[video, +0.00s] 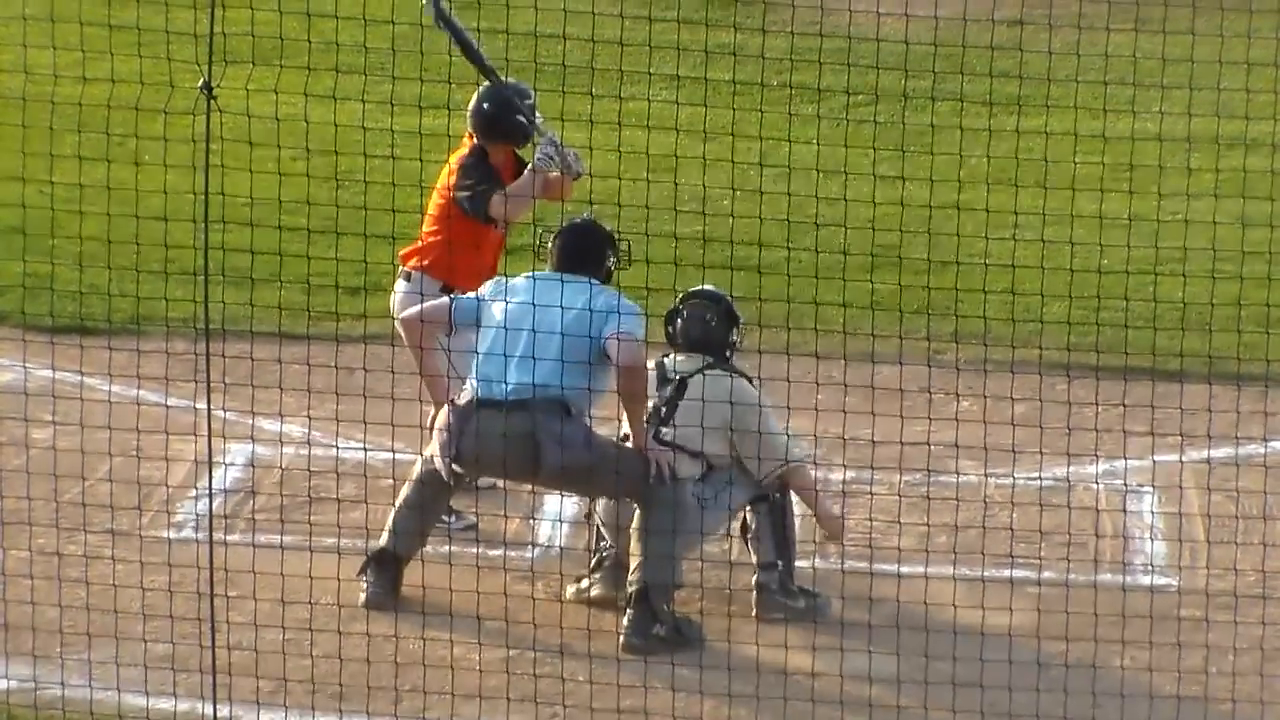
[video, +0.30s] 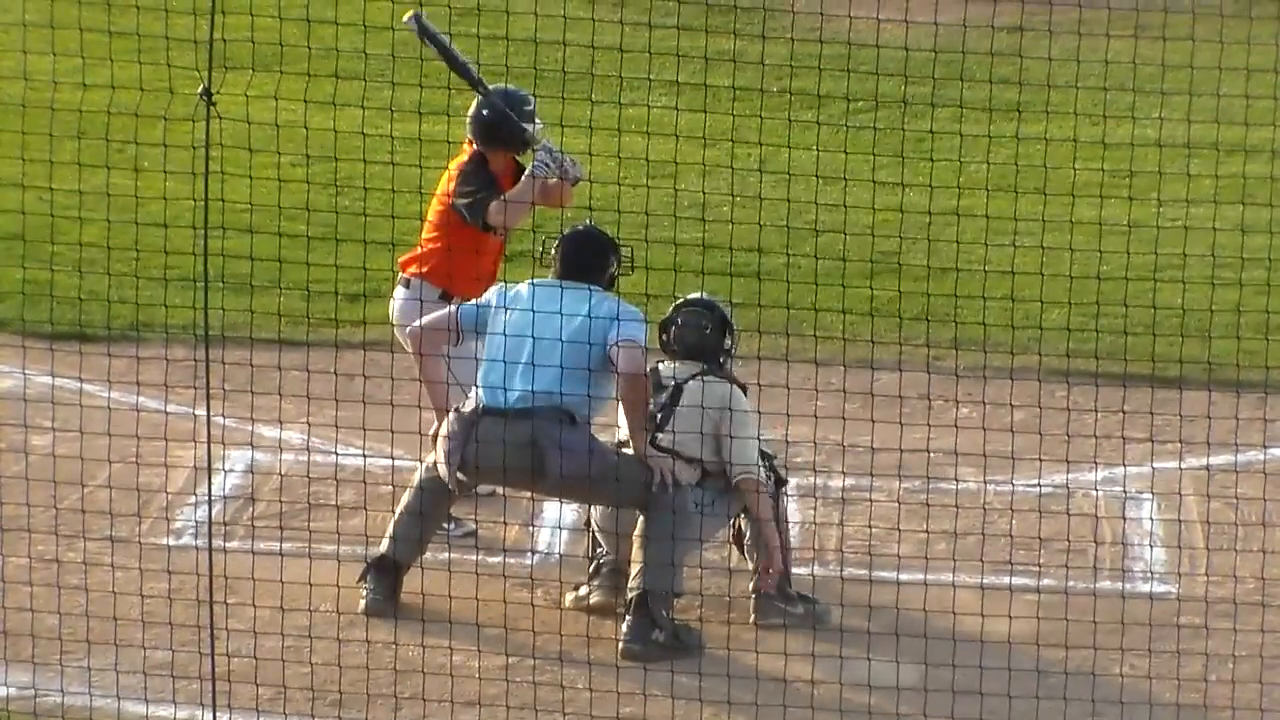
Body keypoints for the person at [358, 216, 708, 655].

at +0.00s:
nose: (610, 268)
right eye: (608, 260)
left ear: (552, 259)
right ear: (604, 267)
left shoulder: (504, 288)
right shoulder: (615, 304)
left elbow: (413, 321)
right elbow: (627, 359)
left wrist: (440, 393)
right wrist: (638, 433)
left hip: (470, 433)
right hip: (551, 439)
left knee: (438, 468)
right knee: (662, 487)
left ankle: (383, 569)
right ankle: (648, 612)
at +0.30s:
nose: (614, 276)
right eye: (612, 268)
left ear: (554, 265)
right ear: (606, 274)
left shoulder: (505, 295)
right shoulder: (618, 310)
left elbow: (423, 333)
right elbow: (630, 368)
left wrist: (441, 407)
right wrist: (641, 447)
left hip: (478, 441)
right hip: (558, 448)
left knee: (440, 472)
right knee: (665, 491)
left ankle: (383, 575)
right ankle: (647, 617)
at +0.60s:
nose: (618, 283)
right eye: (616, 275)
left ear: (559, 273)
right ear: (610, 281)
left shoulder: (511, 303)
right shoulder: (621, 317)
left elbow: (425, 335)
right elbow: (635, 371)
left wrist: (441, 413)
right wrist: (642, 447)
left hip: (478, 444)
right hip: (559, 451)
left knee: (439, 474)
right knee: (666, 492)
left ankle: (382, 577)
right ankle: (647, 619)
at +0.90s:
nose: (620, 282)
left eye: (614, 272)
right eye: (619, 274)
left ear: (564, 273)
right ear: (613, 281)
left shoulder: (517, 304)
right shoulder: (624, 317)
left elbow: (428, 337)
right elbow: (640, 376)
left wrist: (447, 412)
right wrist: (647, 443)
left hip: (485, 446)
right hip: (563, 453)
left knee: (447, 465)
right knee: (669, 490)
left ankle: (384, 574)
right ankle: (649, 616)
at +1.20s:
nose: (620, 284)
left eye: (613, 275)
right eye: (618, 276)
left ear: (563, 274)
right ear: (613, 282)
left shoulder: (519, 304)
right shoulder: (624, 317)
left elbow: (428, 337)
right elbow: (642, 377)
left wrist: (446, 415)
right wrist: (647, 445)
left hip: (487, 444)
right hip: (564, 451)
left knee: (445, 470)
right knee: (665, 492)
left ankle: (384, 576)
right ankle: (650, 618)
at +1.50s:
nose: (621, 285)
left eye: (616, 275)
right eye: (619, 276)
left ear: (560, 273)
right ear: (612, 281)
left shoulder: (515, 302)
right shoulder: (623, 316)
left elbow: (427, 336)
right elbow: (638, 369)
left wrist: (449, 414)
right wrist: (646, 442)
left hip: (483, 443)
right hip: (562, 448)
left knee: (446, 471)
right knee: (677, 496)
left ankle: (383, 576)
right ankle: (649, 619)